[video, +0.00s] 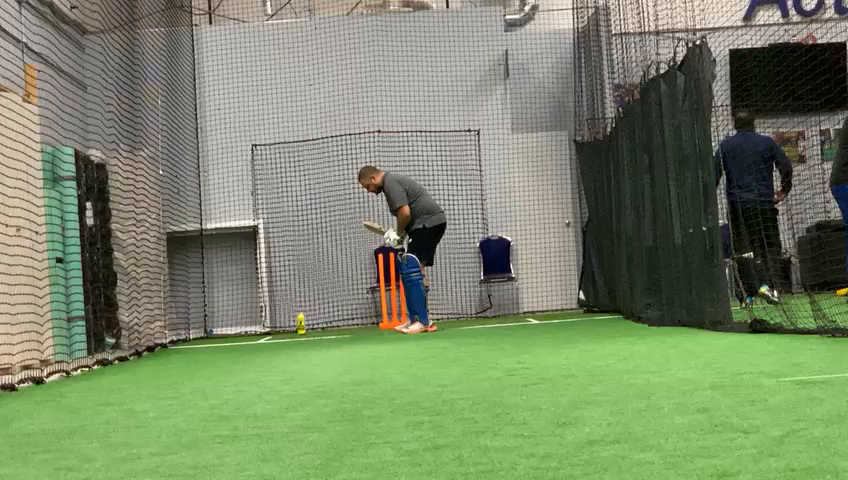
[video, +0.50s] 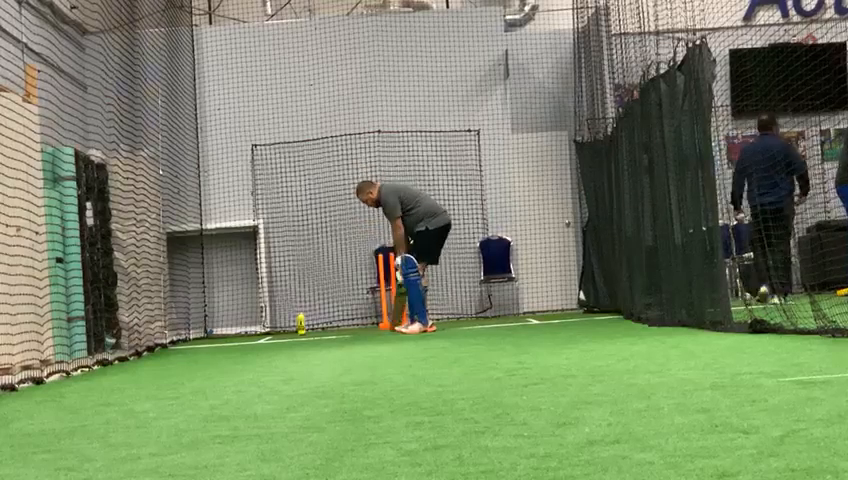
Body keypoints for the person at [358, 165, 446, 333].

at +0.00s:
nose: (368, 191)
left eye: (367, 186)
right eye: (366, 188)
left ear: (374, 178)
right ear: (374, 178)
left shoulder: (390, 182)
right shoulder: (390, 182)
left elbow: (404, 213)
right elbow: (403, 213)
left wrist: (399, 233)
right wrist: (398, 233)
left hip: (428, 223)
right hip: (425, 223)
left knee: (415, 269)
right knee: (413, 269)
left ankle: (422, 320)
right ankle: (416, 318)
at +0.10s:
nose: (369, 193)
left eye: (367, 189)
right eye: (366, 191)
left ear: (373, 180)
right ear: (373, 180)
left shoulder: (390, 183)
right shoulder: (389, 183)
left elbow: (403, 214)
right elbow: (403, 214)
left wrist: (398, 233)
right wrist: (397, 233)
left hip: (427, 223)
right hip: (426, 223)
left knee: (415, 269)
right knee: (415, 269)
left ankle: (421, 320)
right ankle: (419, 318)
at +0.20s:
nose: (368, 196)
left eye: (366, 192)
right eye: (365, 194)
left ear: (371, 184)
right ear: (372, 183)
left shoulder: (388, 184)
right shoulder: (388, 184)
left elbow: (401, 216)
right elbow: (403, 216)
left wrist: (396, 237)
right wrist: (394, 234)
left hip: (428, 222)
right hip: (427, 222)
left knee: (415, 268)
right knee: (417, 268)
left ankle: (421, 319)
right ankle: (422, 318)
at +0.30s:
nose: (368, 200)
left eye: (365, 196)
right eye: (364, 197)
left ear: (370, 187)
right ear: (371, 185)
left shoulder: (386, 187)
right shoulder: (387, 186)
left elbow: (399, 219)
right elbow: (406, 220)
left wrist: (396, 244)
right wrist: (395, 243)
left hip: (430, 224)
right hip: (429, 223)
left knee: (416, 269)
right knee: (418, 269)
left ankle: (421, 320)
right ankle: (421, 319)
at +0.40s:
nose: (368, 203)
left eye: (365, 199)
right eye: (364, 201)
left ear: (371, 190)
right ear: (371, 189)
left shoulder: (387, 191)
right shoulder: (388, 189)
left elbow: (397, 222)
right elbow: (405, 223)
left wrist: (399, 251)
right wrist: (400, 249)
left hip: (431, 223)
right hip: (431, 223)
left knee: (414, 268)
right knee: (417, 268)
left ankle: (420, 320)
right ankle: (422, 319)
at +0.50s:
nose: (368, 205)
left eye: (366, 201)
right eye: (365, 203)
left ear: (371, 193)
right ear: (372, 191)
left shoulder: (387, 194)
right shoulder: (387, 191)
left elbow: (398, 228)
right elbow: (400, 228)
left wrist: (400, 257)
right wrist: (402, 255)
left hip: (431, 225)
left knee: (414, 270)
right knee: (416, 270)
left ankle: (420, 321)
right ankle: (422, 319)